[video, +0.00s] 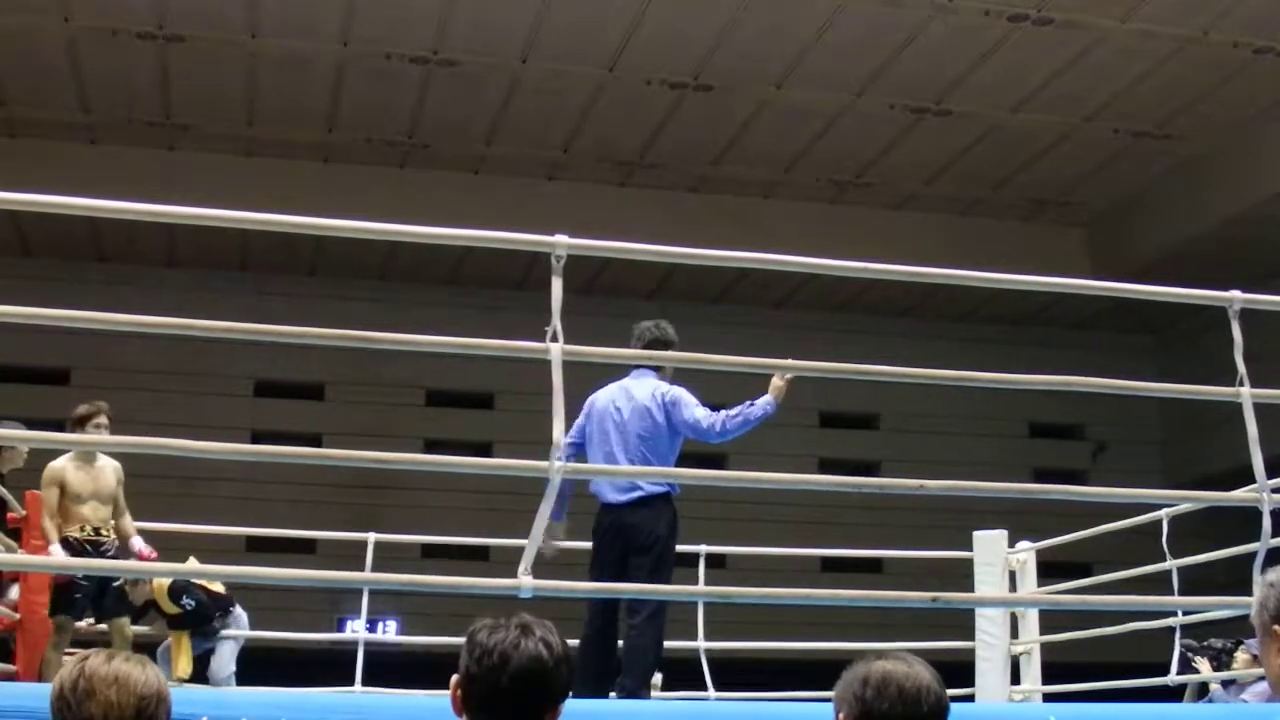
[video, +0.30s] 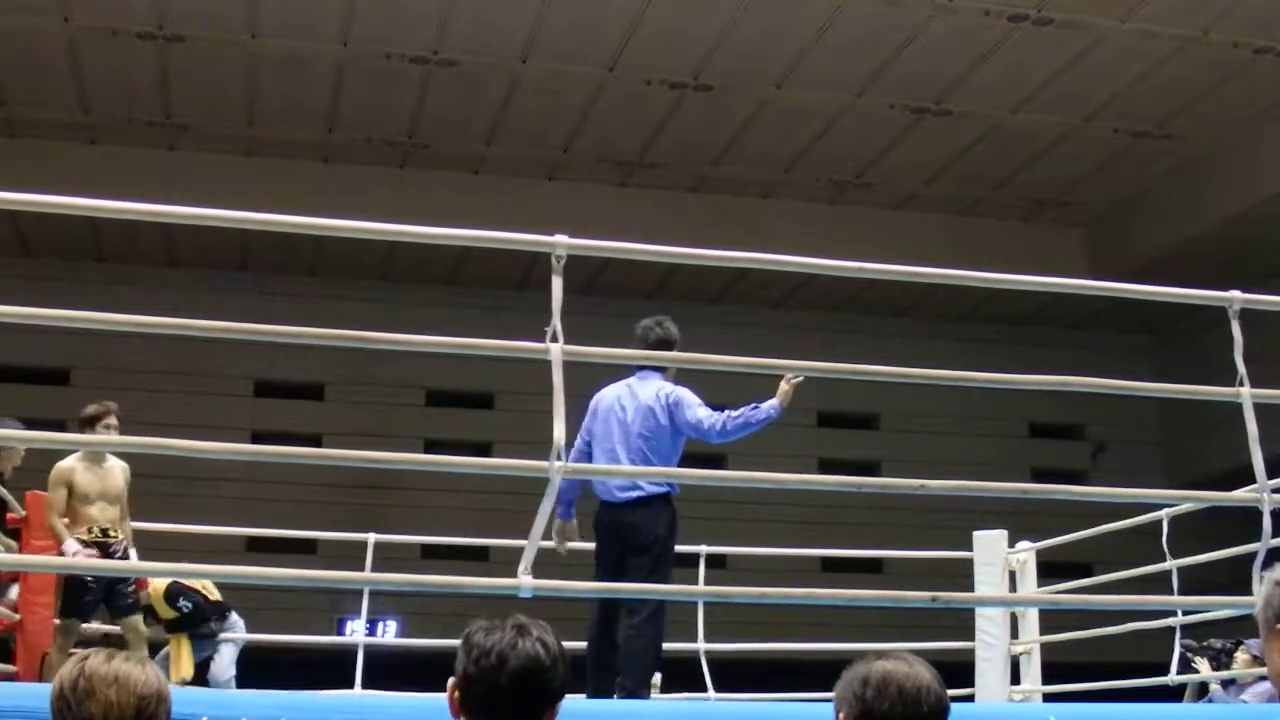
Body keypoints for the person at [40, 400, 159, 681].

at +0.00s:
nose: (103, 433)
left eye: (106, 428)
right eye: (96, 427)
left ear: (110, 432)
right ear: (78, 432)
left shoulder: (114, 468)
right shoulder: (57, 469)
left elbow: (122, 514)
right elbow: (48, 517)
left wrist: (137, 544)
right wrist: (56, 551)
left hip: (109, 550)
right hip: (72, 550)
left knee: (124, 633)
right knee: (62, 633)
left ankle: (122, 703)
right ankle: (47, 702)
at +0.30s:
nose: (112, 434)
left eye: (115, 428)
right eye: (106, 428)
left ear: (119, 433)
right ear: (88, 431)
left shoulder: (121, 469)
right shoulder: (65, 469)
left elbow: (124, 518)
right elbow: (54, 517)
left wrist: (131, 553)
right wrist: (73, 549)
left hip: (118, 550)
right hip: (83, 550)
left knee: (135, 629)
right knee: (67, 634)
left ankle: (145, 700)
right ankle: (54, 703)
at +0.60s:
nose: (167, 441)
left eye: (169, 436)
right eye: (161, 435)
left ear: (169, 439)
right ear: (142, 436)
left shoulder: (166, 479)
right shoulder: (117, 471)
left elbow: (163, 527)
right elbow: (100, 517)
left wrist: (177, 565)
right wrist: (124, 549)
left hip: (153, 564)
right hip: (119, 561)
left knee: (173, 638)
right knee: (92, 635)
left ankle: (159, 709)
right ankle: (62, 696)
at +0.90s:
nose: (228, 434)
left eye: (230, 429)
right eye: (223, 428)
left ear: (227, 431)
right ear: (203, 428)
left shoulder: (220, 470)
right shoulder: (172, 460)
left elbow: (221, 516)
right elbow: (144, 499)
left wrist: (246, 524)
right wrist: (158, 534)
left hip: (198, 553)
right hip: (170, 550)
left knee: (187, 635)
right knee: (164, 627)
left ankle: (174, 702)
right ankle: (130, 683)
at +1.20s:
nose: (257, 431)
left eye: (259, 426)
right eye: (251, 425)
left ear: (259, 429)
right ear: (231, 427)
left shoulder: (259, 468)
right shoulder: (204, 465)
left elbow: (271, 511)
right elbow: (187, 511)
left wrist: (286, 530)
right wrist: (209, 528)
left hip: (246, 556)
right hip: (215, 555)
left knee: (240, 639)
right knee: (222, 634)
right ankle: (205, 705)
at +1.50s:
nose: (318, 430)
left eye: (320, 423)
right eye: (313, 422)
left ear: (311, 423)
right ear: (293, 419)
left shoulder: (309, 459)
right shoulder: (260, 451)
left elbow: (300, 509)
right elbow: (256, 500)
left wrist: (332, 508)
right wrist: (304, 491)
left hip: (302, 546)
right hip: (268, 545)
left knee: (332, 627)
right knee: (248, 636)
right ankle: (216, 703)